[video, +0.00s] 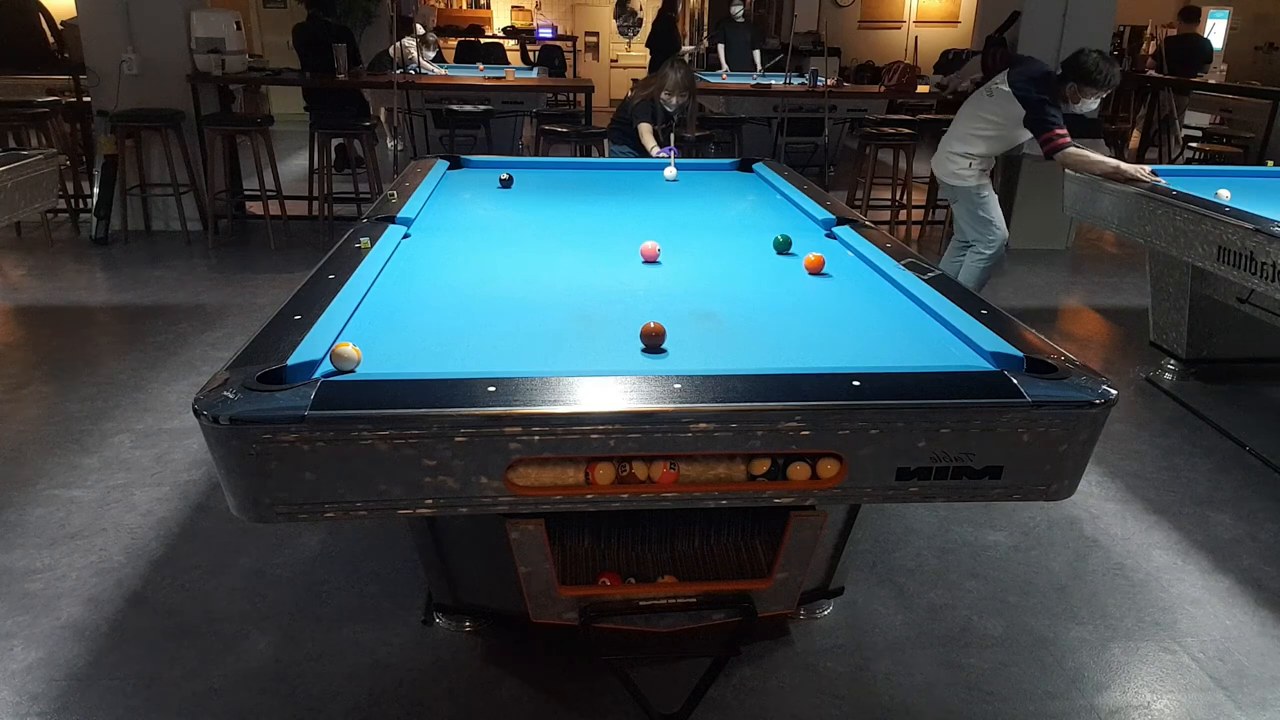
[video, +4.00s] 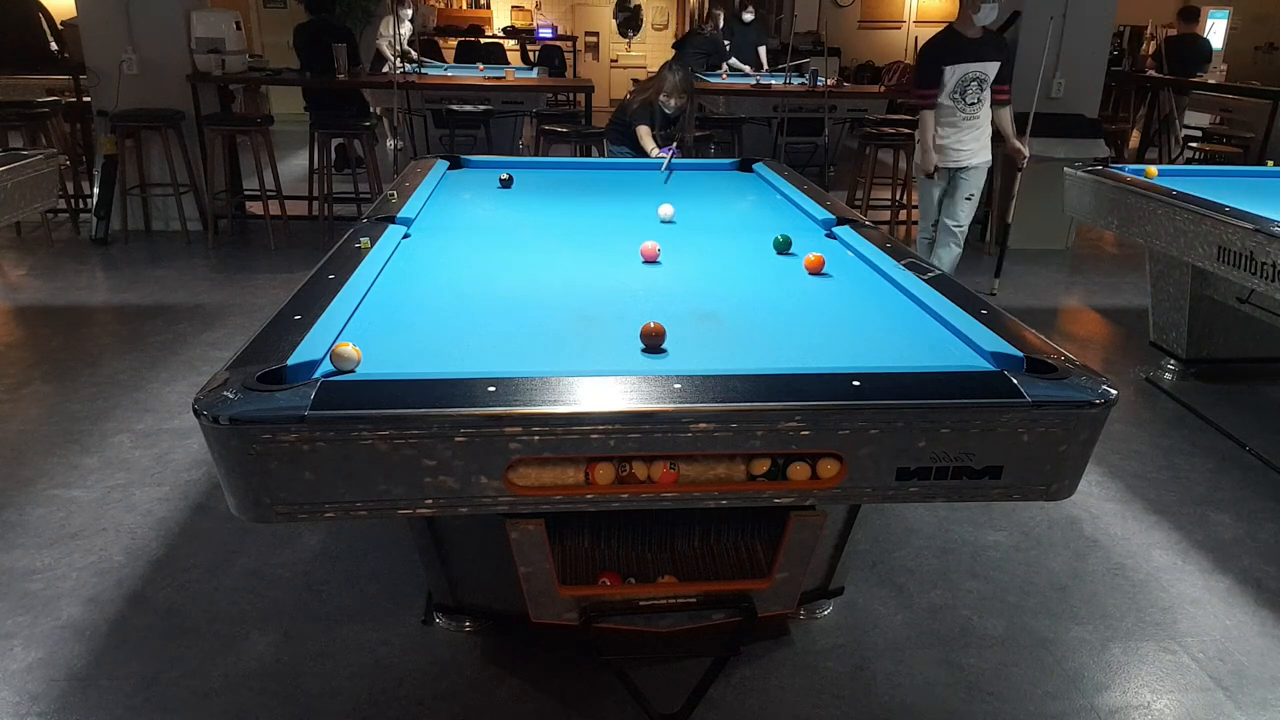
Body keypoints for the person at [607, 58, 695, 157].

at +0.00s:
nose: (674, 102)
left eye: (682, 96)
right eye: (668, 94)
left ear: (690, 94)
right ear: (658, 88)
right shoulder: (643, 99)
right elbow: (645, 131)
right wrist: (656, 151)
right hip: (625, 143)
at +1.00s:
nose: (674, 106)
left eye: (682, 101)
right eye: (668, 99)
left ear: (690, 98)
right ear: (658, 93)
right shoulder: (642, 101)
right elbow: (645, 135)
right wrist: (656, 153)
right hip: (623, 142)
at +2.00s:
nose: (674, 106)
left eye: (681, 101)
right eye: (667, 99)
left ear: (689, 98)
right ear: (658, 93)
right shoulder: (643, 101)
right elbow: (645, 135)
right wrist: (656, 153)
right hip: (623, 142)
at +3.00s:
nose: (673, 106)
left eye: (681, 100)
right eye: (667, 99)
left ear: (689, 99)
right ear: (657, 93)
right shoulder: (642, 102)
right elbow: (644, 136)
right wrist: (656, 153)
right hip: (623, 142)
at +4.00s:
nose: (673, 104)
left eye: (680, 98)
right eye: (666, 96)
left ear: (689, 97)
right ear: (656, 91)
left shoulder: (686, 104)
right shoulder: (641, 100)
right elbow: (643, 134)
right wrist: (656, 153)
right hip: (622, 143)